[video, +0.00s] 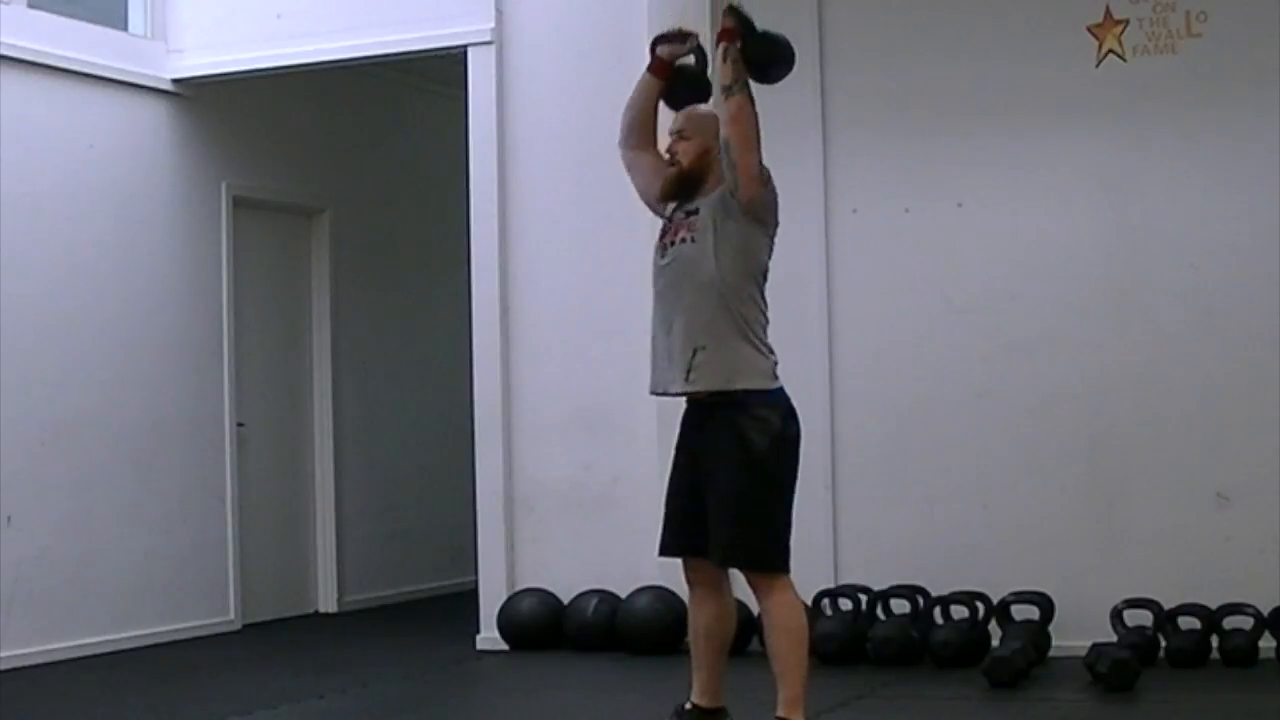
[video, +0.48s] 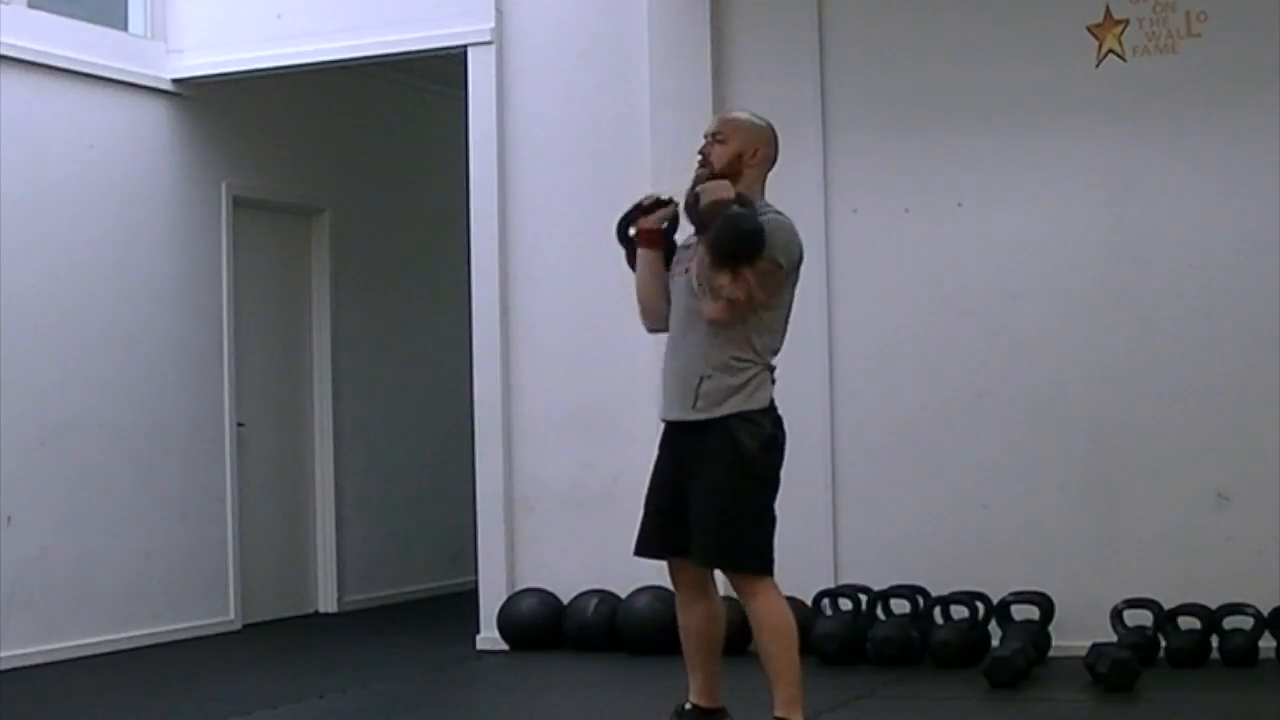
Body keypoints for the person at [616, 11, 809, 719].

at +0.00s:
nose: (670, 146)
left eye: (683, 133)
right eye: (670, 137)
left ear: (720, 141)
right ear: (676, 150)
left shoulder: (746, 202)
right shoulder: (675, 208)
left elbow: (742, 135)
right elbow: (635, 144)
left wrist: (730, 65)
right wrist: (655, 71)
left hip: (755, 410)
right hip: (702, 412)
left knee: (767, 572)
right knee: (700, 566)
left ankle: (793, 712)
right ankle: (706, 707)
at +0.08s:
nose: (687, 146)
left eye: (701, 137)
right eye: (686, 137)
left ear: (734, 149)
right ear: (684, 150)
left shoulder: (759, 211)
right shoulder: (683, 210)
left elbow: (737, 158)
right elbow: (625, 169)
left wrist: (725, 93)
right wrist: (649, 101)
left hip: (755, 414)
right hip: (701, 414)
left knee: (766, 573)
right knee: (700, 567)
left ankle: (792, 713)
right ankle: (705, 706)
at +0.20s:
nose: (708, 158)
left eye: (719, 149)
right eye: (709, 150)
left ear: (750, 158)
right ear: (711, 159)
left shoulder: (777, 218)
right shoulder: (692, 221)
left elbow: (721, 195)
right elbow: (618, 212)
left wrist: (714, 137)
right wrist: (646, 148)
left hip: (751, 420)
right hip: (697, 418)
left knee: (761, 573)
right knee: (696, 567)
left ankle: (792, 712)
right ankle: (705, 705)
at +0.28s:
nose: (708, 143)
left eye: (721, 135)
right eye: (712, 135)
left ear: (745, 162)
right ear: (714, 161)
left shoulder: (781, 222)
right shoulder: (697, 229)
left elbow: (720, 238)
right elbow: (622, 247)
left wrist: (715, 166)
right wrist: (647, 181)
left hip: (748, 422)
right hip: (691, 422)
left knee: (759, 573)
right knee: (692, 568)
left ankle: (791, 711)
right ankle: (705, 704)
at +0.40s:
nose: (703, 150)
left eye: (718, 141)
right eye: (705, 140)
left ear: (755, 160)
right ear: (708, 159)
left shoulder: (773, 229)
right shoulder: (695, 233)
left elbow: (710, 288)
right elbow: (641, 298)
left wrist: (718, 198)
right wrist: (650, 226)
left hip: (743, 425)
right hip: (686, 425)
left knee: (751, 573)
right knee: (686, 569)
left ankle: (791, 712)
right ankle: (704, 705)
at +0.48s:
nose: (702, 148)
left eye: (717, 139)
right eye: (705, 138)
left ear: (755, 157)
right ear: (727, 158)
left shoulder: (774, 232)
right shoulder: (701, 241)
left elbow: (722, 303)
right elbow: (655, 316)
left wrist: (717, 214)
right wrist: (649, 242)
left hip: (741, 427)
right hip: (685, 427)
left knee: (748, 574)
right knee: (686, 570)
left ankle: (790, 712)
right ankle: (704, 705)